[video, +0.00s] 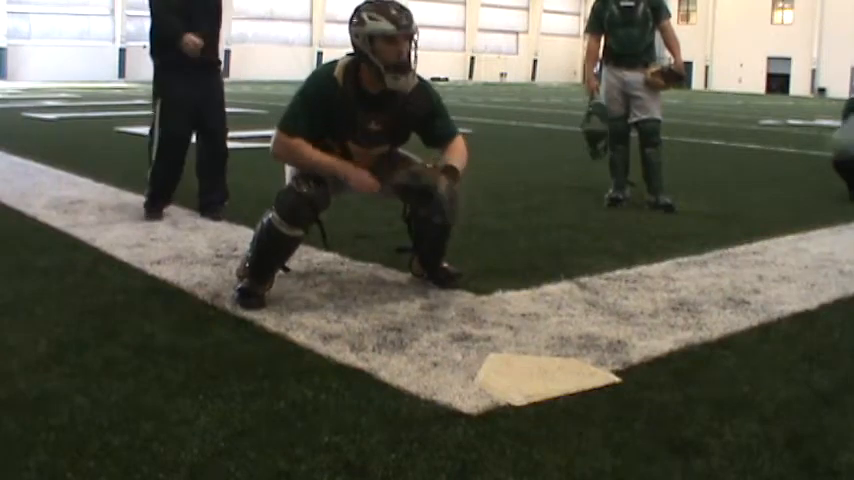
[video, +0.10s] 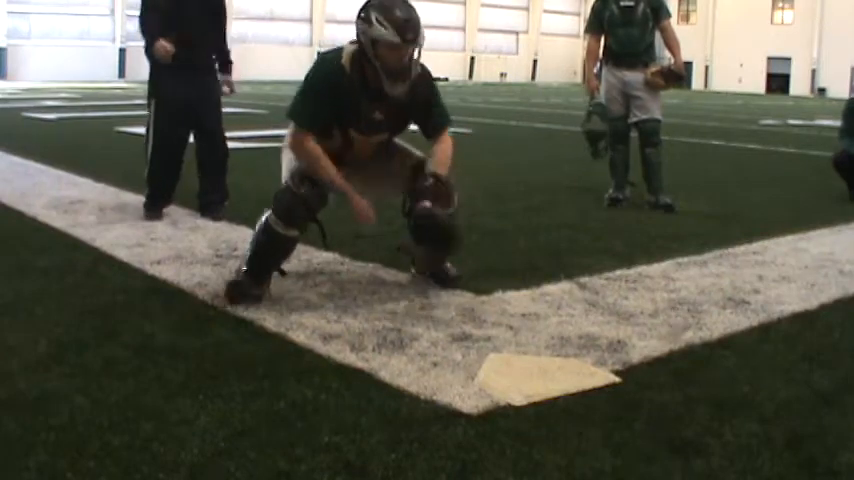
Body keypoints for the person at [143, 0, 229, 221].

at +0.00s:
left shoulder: (212, 4)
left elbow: (212, 21)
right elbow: (160, 15)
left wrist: (203, 39)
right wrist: (180, 36)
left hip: (208, 66)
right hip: (174, 66)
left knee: (214, 138)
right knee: (173, 137)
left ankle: (212, 205)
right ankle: (156, 202)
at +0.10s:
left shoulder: (215, 4)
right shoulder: (154, 3)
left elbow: (218, 27)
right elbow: (147, 15)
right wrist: (154, 40)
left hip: (203, 68)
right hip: (168, 67)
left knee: (213, 141)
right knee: (167, 140)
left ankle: (212, 205)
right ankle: (155, 202)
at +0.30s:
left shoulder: (217, 4)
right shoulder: (147, 2)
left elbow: (222, 21)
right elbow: (135, 12)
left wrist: (237, 55)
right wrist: (121, 47)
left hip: (201, 70)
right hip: (163, 69)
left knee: (207, 139)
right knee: (161, 140)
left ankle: (212, 205)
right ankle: (153, 204)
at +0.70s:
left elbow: (218, 14)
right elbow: (132, 14)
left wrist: (216, 54)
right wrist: (128, 54)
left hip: (196, 63)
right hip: (158, 62)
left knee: (202, 137)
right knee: (158, 137)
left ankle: (211, 203)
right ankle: (154, 202)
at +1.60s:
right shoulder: (124, 3)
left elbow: (199, 21)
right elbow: (113, 23)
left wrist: (211, 21)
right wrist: (122, 49)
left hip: (177, 64)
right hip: (143, 65)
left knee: (180, 136)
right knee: (148, 137)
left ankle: (179, 199)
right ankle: (152, 202)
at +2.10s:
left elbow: (213, 15)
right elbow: (116, 17)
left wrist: (221, 2)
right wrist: (118, 47)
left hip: (180, 65)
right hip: (145, 65)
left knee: (181, 135)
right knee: (149, 135)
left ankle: (180, 199)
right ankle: (152, 202)